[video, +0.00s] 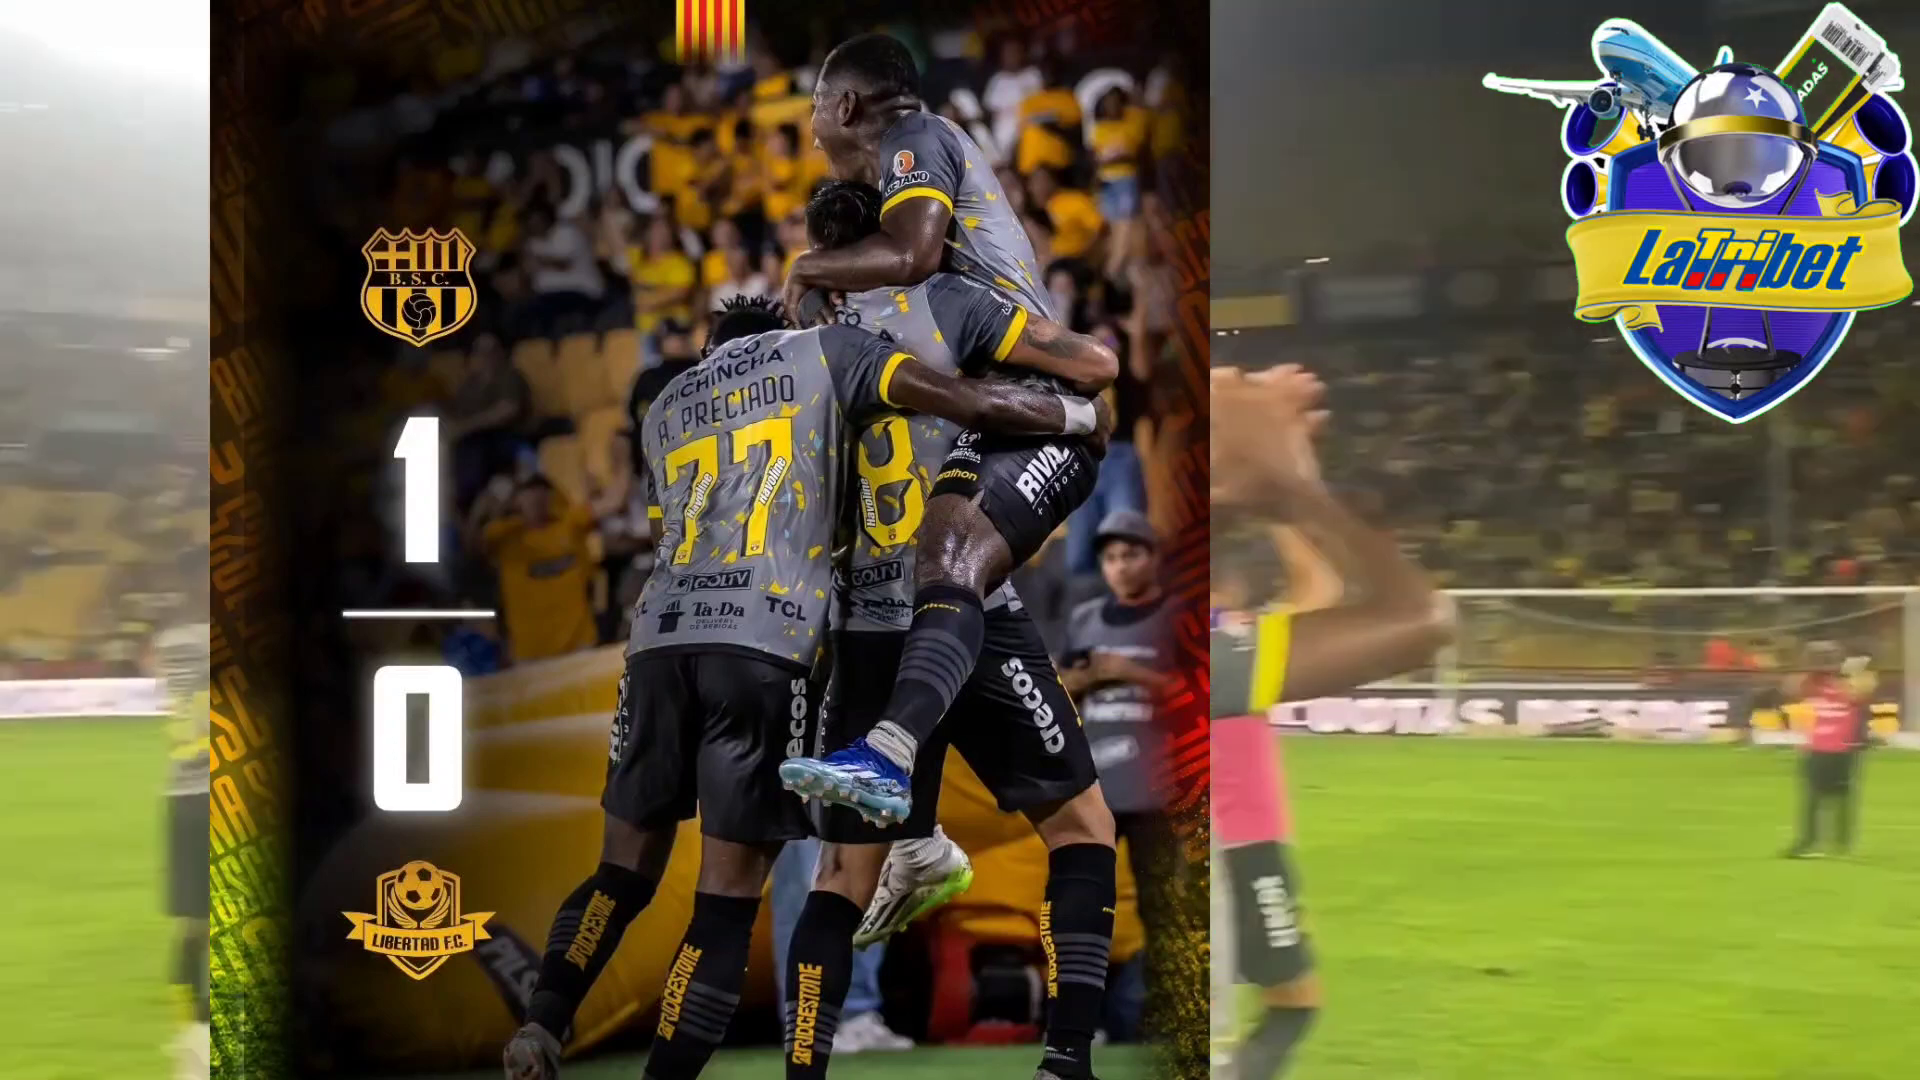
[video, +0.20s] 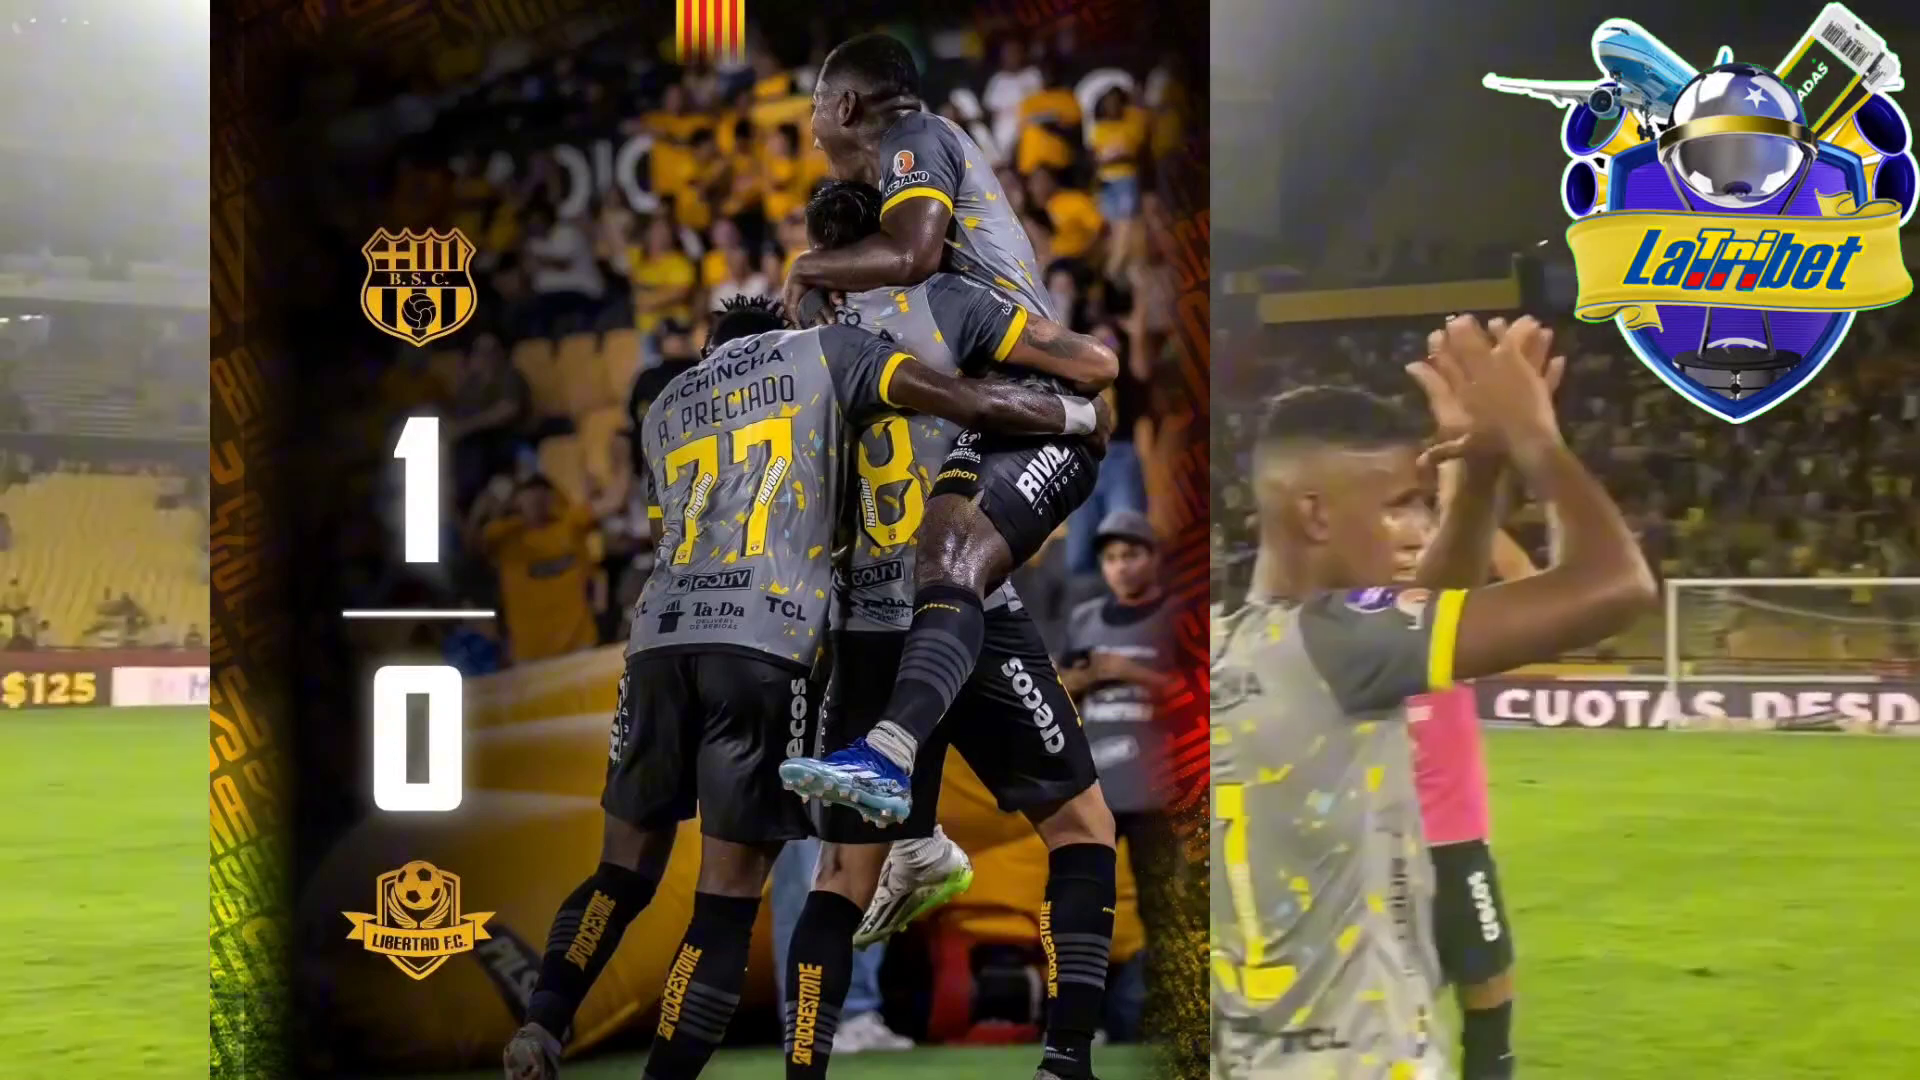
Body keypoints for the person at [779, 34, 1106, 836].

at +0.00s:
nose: (817, 130)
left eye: (821, 111)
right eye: (815, 113)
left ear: (856, 102)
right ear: (881, 103)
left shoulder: (914, 133)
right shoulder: (905, 160)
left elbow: (914, 250)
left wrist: (808, 265)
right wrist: (810, 299)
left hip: (1042, 407)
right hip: (980, 405)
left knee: (953, 556)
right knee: (888, 562)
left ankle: (888, 757)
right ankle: (915, 840)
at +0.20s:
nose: (815, 126)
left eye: (821, 107)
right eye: (814, 108)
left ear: (856, 103)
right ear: (882, 104)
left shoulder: (915, 135)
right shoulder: (903, 162)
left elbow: (914, 250)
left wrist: (808, 265)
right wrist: (815, 299)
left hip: (1041, 400)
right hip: (980, 399)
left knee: (953, 558)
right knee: (895, 565)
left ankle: (888, 758)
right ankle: (916, 836)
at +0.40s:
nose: (814, 126)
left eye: (821, 107)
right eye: (814, 108)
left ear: (857, 102)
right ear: (880, 105)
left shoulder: (914, 135)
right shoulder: (898, 162)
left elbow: (915, 251)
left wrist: (807, 264)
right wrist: (812, 299)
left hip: (1041, 401)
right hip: (979, 398)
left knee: (952, 558)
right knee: (891, 566)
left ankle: (888, 756)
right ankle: (915, 840)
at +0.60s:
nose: (816, 131)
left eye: (821, 111)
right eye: (814, 113)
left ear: (855, 101)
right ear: (878, 102)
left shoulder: (914, 132)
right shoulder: (907, 151)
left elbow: (914, 249)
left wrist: (806, 265)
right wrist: (814, 297)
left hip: (1042, 400)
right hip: (983, 397)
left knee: (953, 555)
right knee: (903, 566)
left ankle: (888, 758)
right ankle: (916, 836)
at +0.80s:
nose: (817, 130)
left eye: (821, 110)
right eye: (815, 113)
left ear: (855, 101)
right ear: (879, 102)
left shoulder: (914, 133)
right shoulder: (907, 152)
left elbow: (914, 250)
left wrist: (806, 265)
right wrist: (816, 294)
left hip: (1045, 400)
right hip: (982, 396)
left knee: (953, 555)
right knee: (894, 563)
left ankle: (889, 756)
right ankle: (917, 838)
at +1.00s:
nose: (816, 130)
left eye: (821, 110)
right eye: (815, 112)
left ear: (853, 102)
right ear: (877, 103)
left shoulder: (913, 133)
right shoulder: (908, 152)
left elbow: (914, 251)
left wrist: (806, 264)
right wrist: (808, 294)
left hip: (1042, 403)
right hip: (980, 401)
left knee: (953, 555)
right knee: (898, 564)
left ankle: (888, 758)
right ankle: (916, 836)